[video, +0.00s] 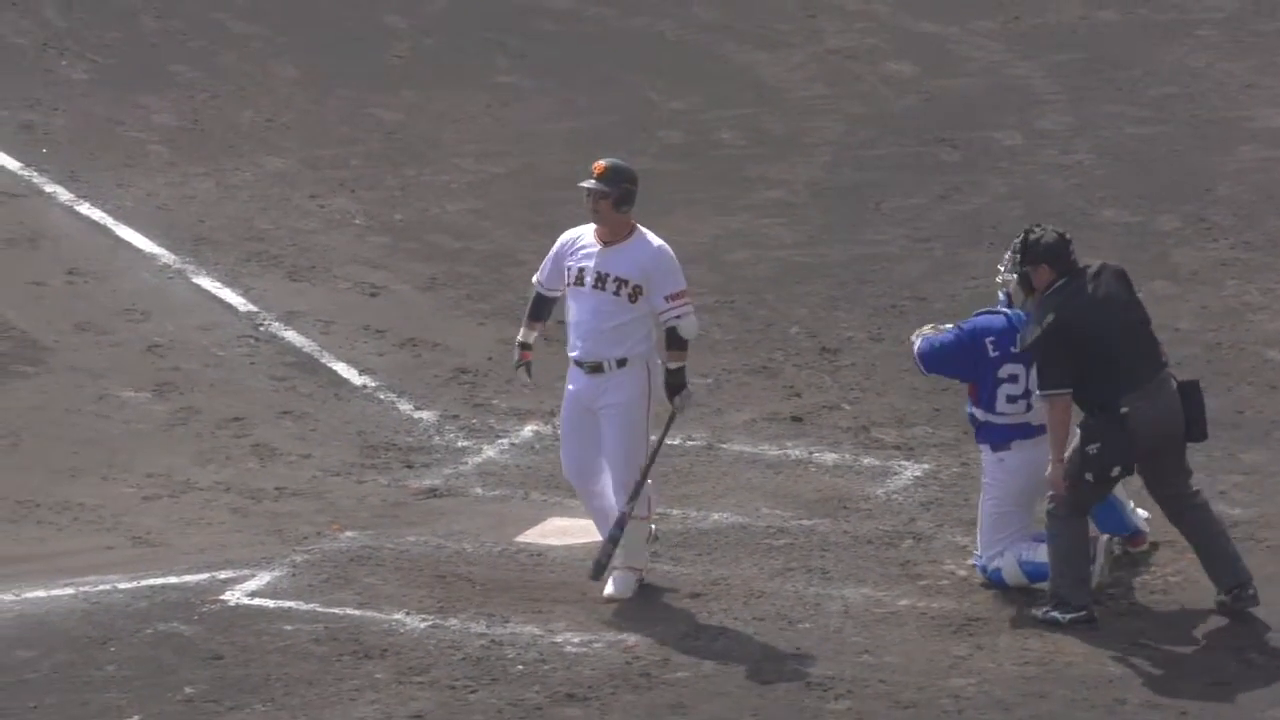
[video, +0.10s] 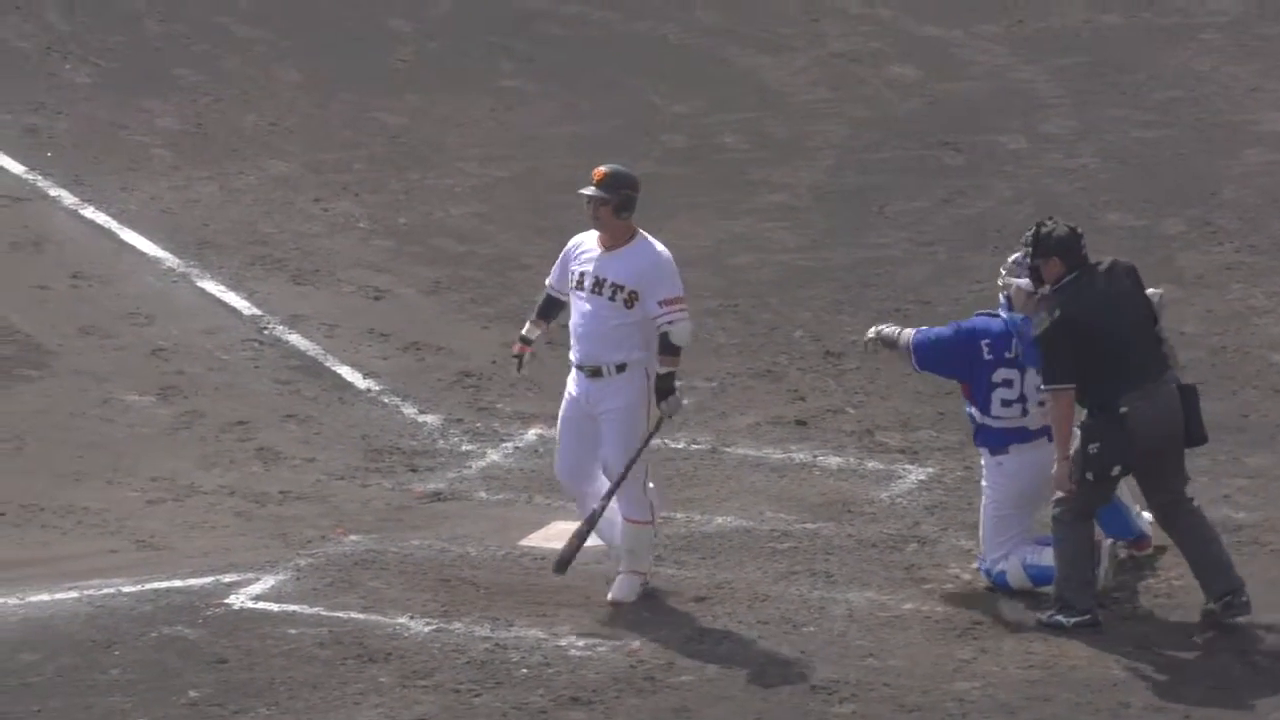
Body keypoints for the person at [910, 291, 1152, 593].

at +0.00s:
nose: (1005, 286)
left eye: (1010, 279)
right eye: (1009, 276)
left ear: (1018, 287)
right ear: (1048, 285)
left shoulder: (989, 329)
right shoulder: (1066, 322)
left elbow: (926, 351)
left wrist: (929, 333)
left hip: (1010, 462)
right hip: (1064, 446)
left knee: (994, 560)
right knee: (1084, 480)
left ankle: (1084, 553)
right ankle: (1132, 529)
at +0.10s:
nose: (1004, 289)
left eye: (1009, 283)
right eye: (1009, 282)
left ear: (1014, 291)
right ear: (1048, 294)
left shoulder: (981, 333)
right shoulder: (1063, 327)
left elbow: (919, 343)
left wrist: (885, 333)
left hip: (1009, 465)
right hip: (1064, 446)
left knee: (997, 562)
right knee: (1090, 480)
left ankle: (1088, 557)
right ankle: (1139, 537)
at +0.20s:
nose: (1023, 300)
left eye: (1018, 290)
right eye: (1032, 295)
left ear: (1011, 293)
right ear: (1052, 301)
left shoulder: (982, 337)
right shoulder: (1067, 338)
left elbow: (910, 341)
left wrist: (855, 344)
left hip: (1011, 466)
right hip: (1065, 452)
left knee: (1002, 565)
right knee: (1092, 490)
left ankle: (1088, 566)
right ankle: (1140, 536)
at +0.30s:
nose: (1007, 298)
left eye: (1011, 294)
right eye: (1017, 295)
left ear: (1015, 300)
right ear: (1058, 308)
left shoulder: (984, 340)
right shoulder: (1072, 343)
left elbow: (908, 363)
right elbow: (1104, 390)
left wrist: (849, 380)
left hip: (1008, 466)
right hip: (1066, 453)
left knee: (1006, 567)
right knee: (1092, 498)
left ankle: (1095, 569)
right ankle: (1136, 538)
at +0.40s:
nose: (1009, 301)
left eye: (1015, 297)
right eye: (1013, 295)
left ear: (1029, 308)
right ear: (1055, 310)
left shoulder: (998, 353)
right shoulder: (1070, 343)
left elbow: (941, 401)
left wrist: (895, 430)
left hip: (1013, 466)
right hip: (1059, 450)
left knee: (1009, 571)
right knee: (1072, 492)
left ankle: (1103, 564)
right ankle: (1135, 537)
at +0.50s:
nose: (1003, 306)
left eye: (1010, 301)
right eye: (1006, 299)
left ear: (1028, 310)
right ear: (1036, 308)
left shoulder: (1028, 376)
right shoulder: (1047, 334)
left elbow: (991, 436)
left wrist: (940, 454)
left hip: (1027, 467)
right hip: (1050, 443)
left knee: (1010, 572)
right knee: (1071, 490)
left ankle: (1114, 559)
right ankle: (1130, 533)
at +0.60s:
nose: (1005, 305)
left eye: (1012, 301)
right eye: (1008, 298)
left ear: (1031, 312)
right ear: (1036, 312)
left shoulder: (1038, 381)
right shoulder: (1042, 327)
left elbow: (1023, 443)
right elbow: (999, 291)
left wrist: (966, 441)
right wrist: (939, 294)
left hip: (1037, 469)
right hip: (1059, 443)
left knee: (1014, 571)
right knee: (1070, 491)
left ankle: (1122, 555)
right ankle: (1136, 530)